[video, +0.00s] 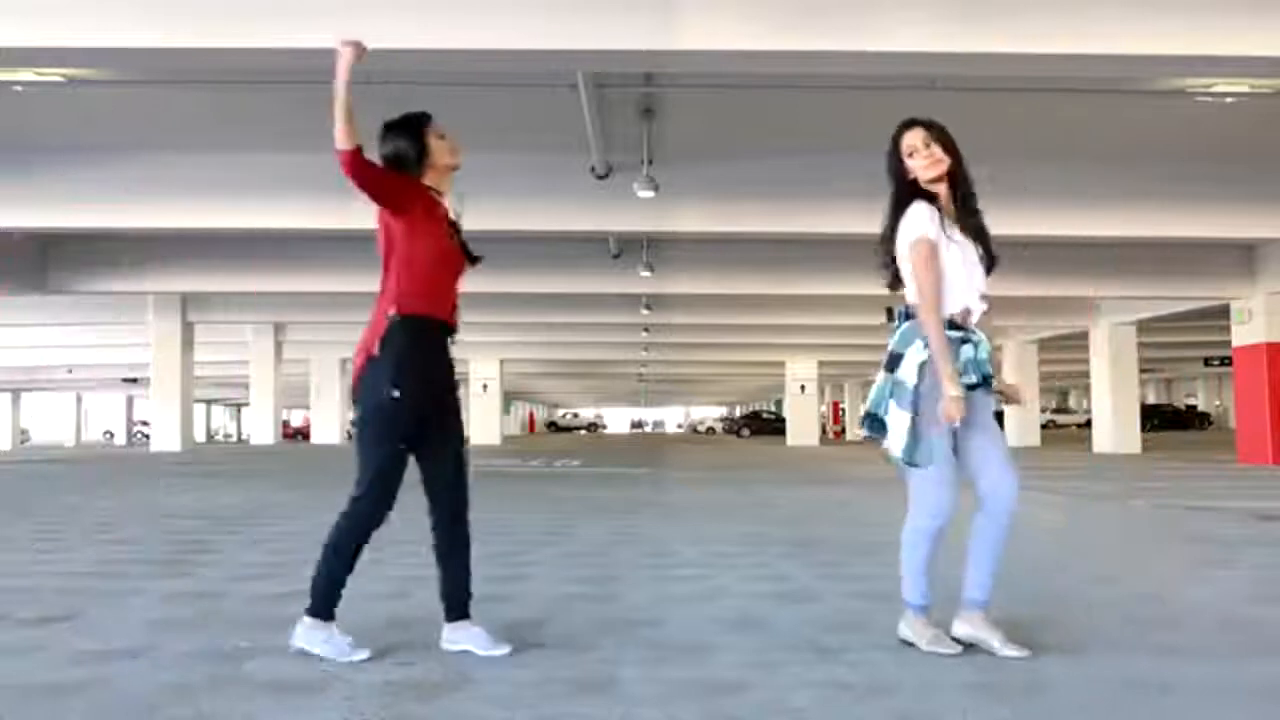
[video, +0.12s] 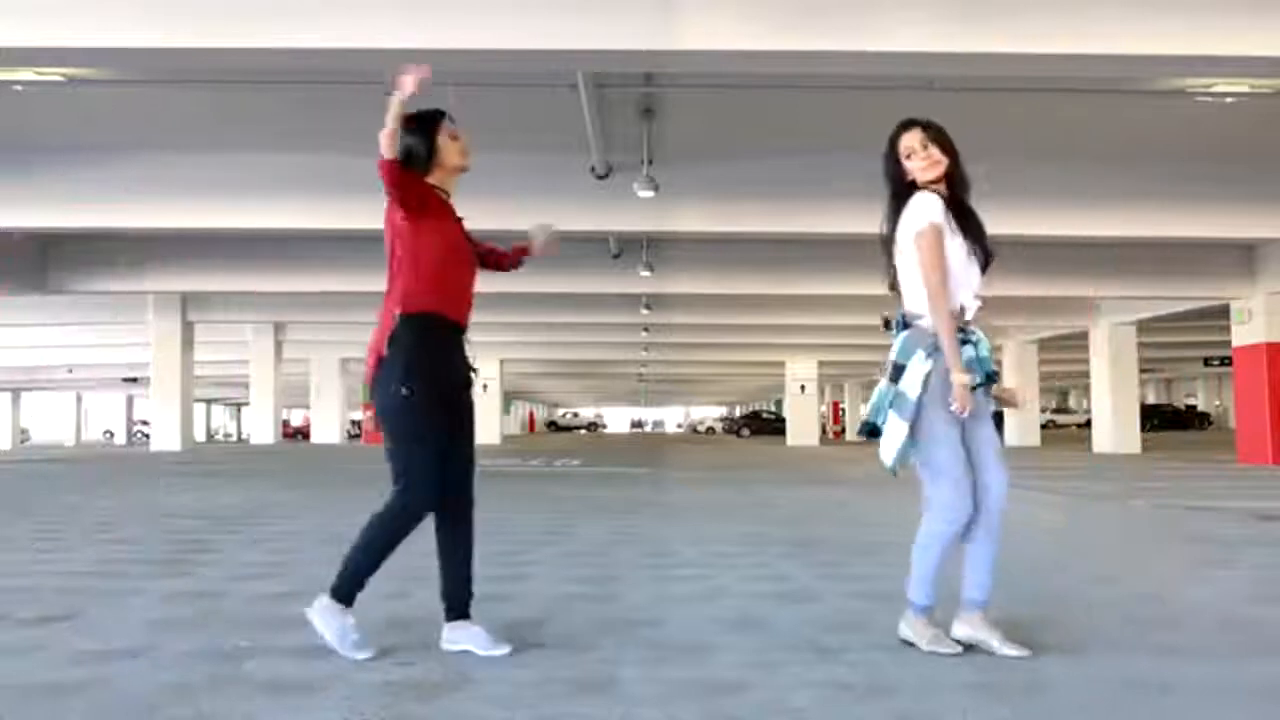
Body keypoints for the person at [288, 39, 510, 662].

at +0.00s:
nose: (452, 140)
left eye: (445, 133)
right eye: (440, 136)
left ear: (429, 151)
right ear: (422, 152)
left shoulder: (439, 213)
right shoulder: (404, 196)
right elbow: (351, 159)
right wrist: (343, 73)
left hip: (433, 359)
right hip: (396, 354)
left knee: (451, 501)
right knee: (373, 498)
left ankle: (458, 623)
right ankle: (315, 621)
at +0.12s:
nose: (463, 143)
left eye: (459, 135)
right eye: (452, 137)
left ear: (446, 154)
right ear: (426, 151)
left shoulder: (448, 221)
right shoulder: (412, 198)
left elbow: (486, 260)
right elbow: (391, 157)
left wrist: (528, 250)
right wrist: (399, 100)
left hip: (448, 358)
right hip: (409, 353)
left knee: (455, 496)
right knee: (418, 491)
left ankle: (457, 623)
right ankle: (335, 603)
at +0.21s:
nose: (470, 149)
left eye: (469, 141)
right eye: (460, 142)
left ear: (460, 155)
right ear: (428, 152)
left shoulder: (459, 226)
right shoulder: (413, 205)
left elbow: (511, 269)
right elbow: (412, 182)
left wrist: (571, 279)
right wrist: (430, 139)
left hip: (455, 357)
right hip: (411, 354)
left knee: (460, 496)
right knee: (436, 492)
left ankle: (457, 625)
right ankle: (353, 594)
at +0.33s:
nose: (473, 143)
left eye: (471, 135)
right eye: (460, 137)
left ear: (463, 150)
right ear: (429, 152)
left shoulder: (472, 219)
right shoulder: (409, 197)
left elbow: (515, 283)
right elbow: (427, 211)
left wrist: (576, 327)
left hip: (462, 356)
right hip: (411, 354)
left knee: (464, 493)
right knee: (452, 486)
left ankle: (458, 625)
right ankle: (381, 591)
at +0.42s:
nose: (473, 138)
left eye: (470, 129)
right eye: (459, 132)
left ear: (467, 149)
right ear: (432, 150)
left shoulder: (481, 226)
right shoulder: (409, 201)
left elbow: (503, 293)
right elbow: (440, 243)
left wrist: (534, 340)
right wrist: (493, 271)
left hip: (465, 354)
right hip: (410, 353)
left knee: (465, 492)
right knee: (454, 482)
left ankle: (458, 625)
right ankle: (389, 593)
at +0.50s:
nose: (470, 130)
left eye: (470, 124)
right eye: (456, 126)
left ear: (476, 141)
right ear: (433, 148)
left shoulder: (496, 227)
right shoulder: (411, 204)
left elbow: (485, 292)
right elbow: (446, 257)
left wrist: (465, 339)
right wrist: (504, 301)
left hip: (467, 351)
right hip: (407, 349)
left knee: (465, 489)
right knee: (450, 480)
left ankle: (458, 624)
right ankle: (385, 594)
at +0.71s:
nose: (450, 126)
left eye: (458, 120)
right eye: (438, 124)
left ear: (476, 143)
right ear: (426, 149)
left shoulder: (500, 217)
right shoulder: (405, 198)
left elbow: (463, 293)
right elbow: (421, 273)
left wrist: (379, 308)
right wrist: (466, 332)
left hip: (461, 353)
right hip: (399, 346)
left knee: (460, 491)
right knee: (405, 478)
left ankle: (458, 624)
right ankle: (375, 598)